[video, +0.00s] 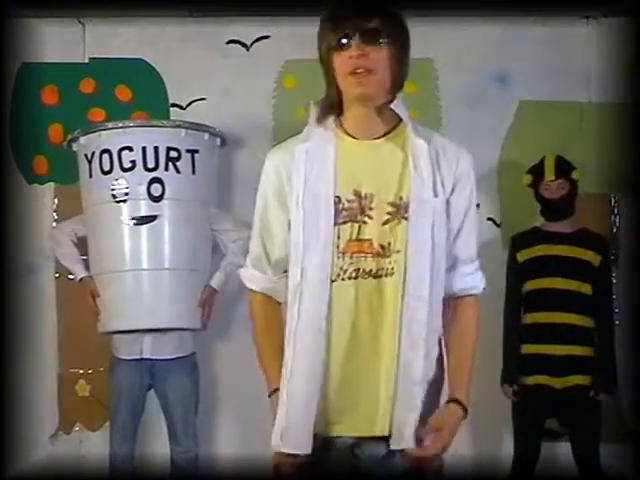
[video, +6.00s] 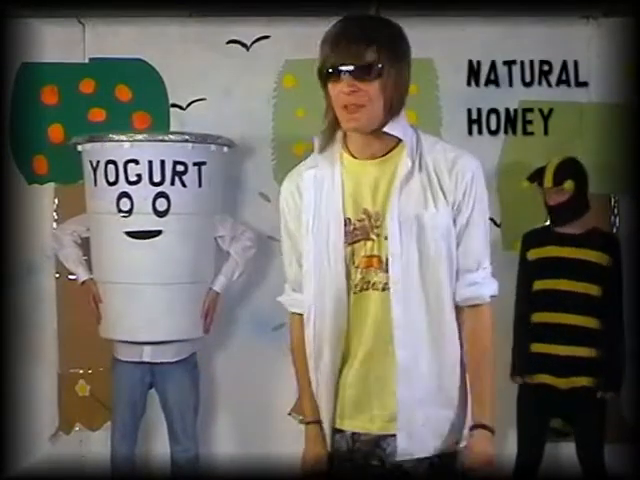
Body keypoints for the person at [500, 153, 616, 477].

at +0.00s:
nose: (553, 193)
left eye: (560, 185)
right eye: (545, 187)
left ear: (573, 188)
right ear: (536, 193)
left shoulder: (596, 245)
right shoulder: (521, 244)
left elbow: (604, 315)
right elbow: (512, 311)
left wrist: (606, 372)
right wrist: (509, 368)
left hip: (580, 376)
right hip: (531, 376)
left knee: (588, 463)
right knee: (524, 461)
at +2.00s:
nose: (532, 193)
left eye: (540, 185)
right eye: (532, 185)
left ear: (559, 188)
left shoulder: (596, 246)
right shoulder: (526, 244)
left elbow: (603, 317)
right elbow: (516, 312)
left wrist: (598, 375)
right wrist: (507, 365)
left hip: (578, 376)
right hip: (529, 374)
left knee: (587, 460)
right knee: (524, 458)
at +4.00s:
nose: (555, 194)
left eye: (563, 186)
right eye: (547, 187)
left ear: (576, 190)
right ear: (537, 191)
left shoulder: (599, 245)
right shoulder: (525, 241)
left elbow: (609, 315)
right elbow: (496, 291)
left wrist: (613, 374)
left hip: (581, 370)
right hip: (533, 369)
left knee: (589, 460)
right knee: (526, 459)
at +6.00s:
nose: (547, 198)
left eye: (554, 190)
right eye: (545, 190)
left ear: (574, 191)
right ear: (544, 193)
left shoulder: (606, 245)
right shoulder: (533, 242)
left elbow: (615, 313)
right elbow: (523, 306)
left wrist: (613, 373)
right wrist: (518, 360)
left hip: (587, 377)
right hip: (537, 376)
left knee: (592, 462)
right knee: (527, 461)